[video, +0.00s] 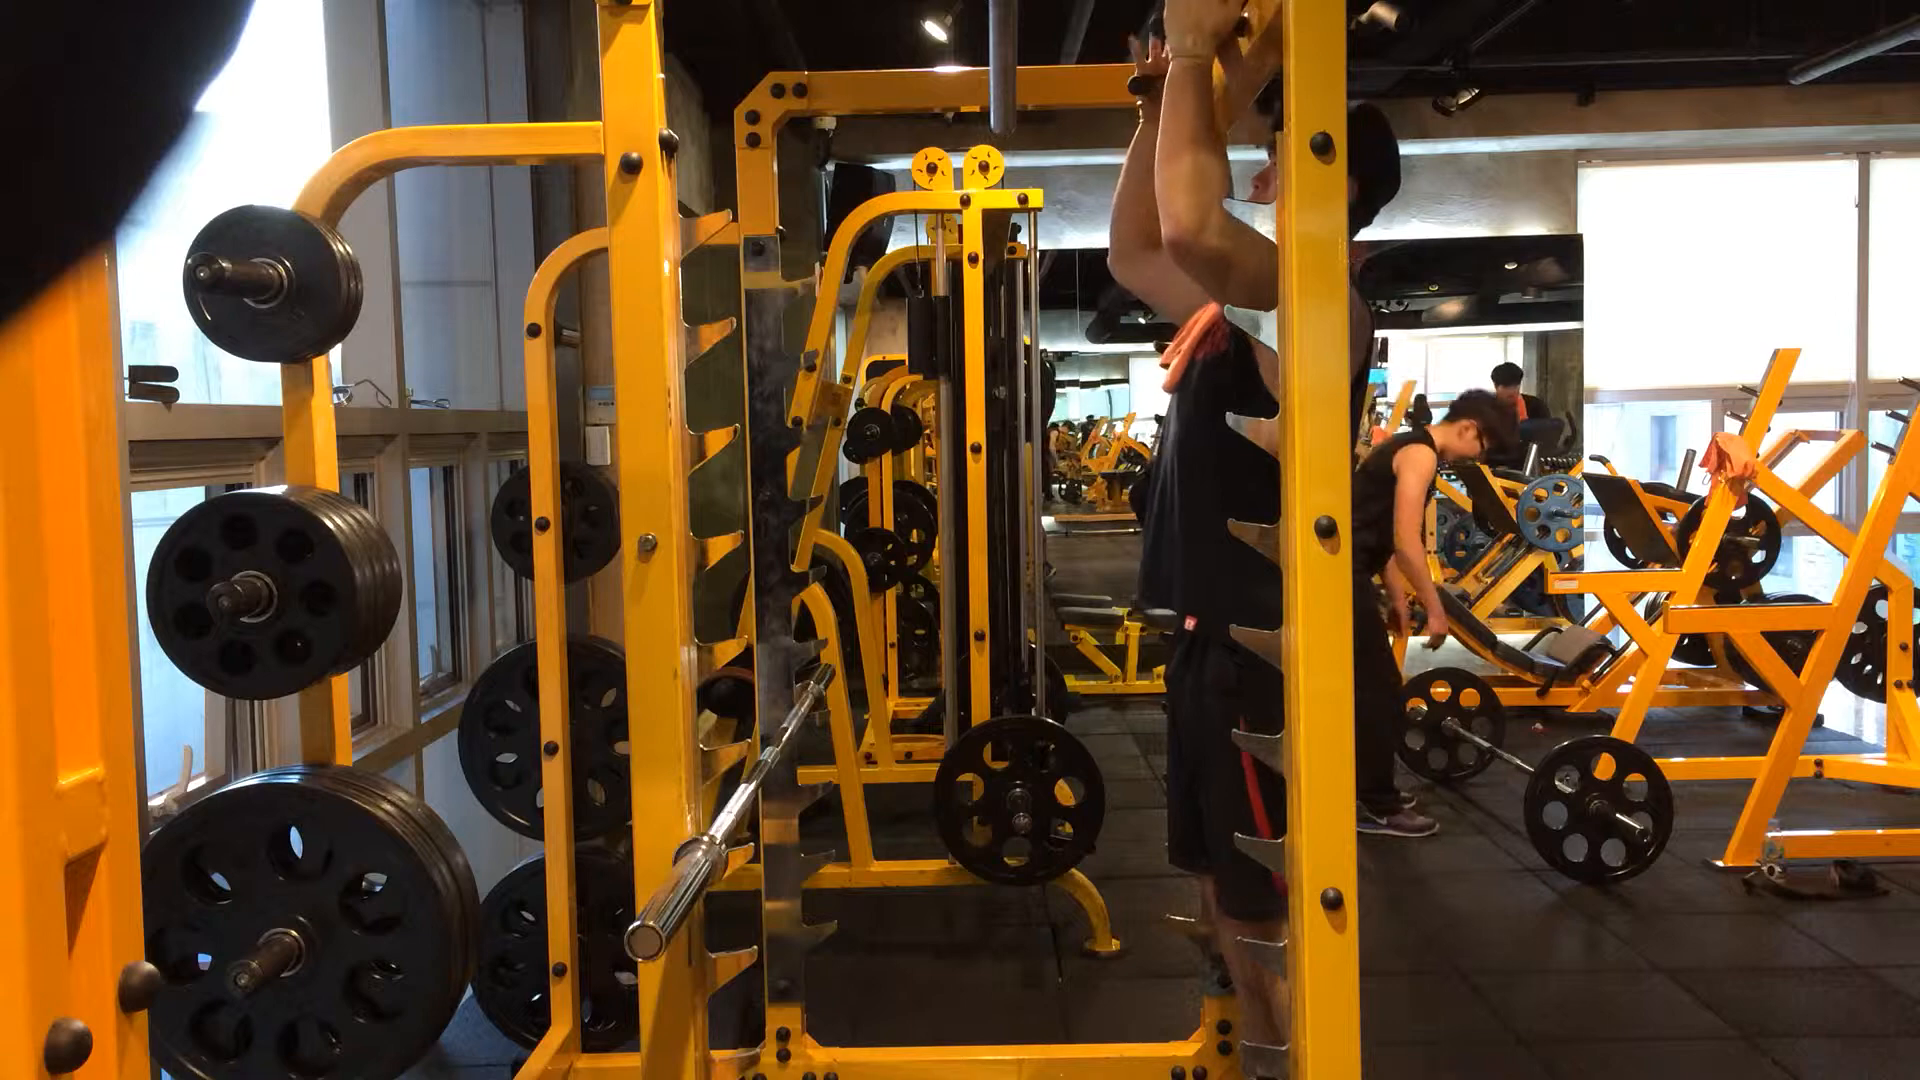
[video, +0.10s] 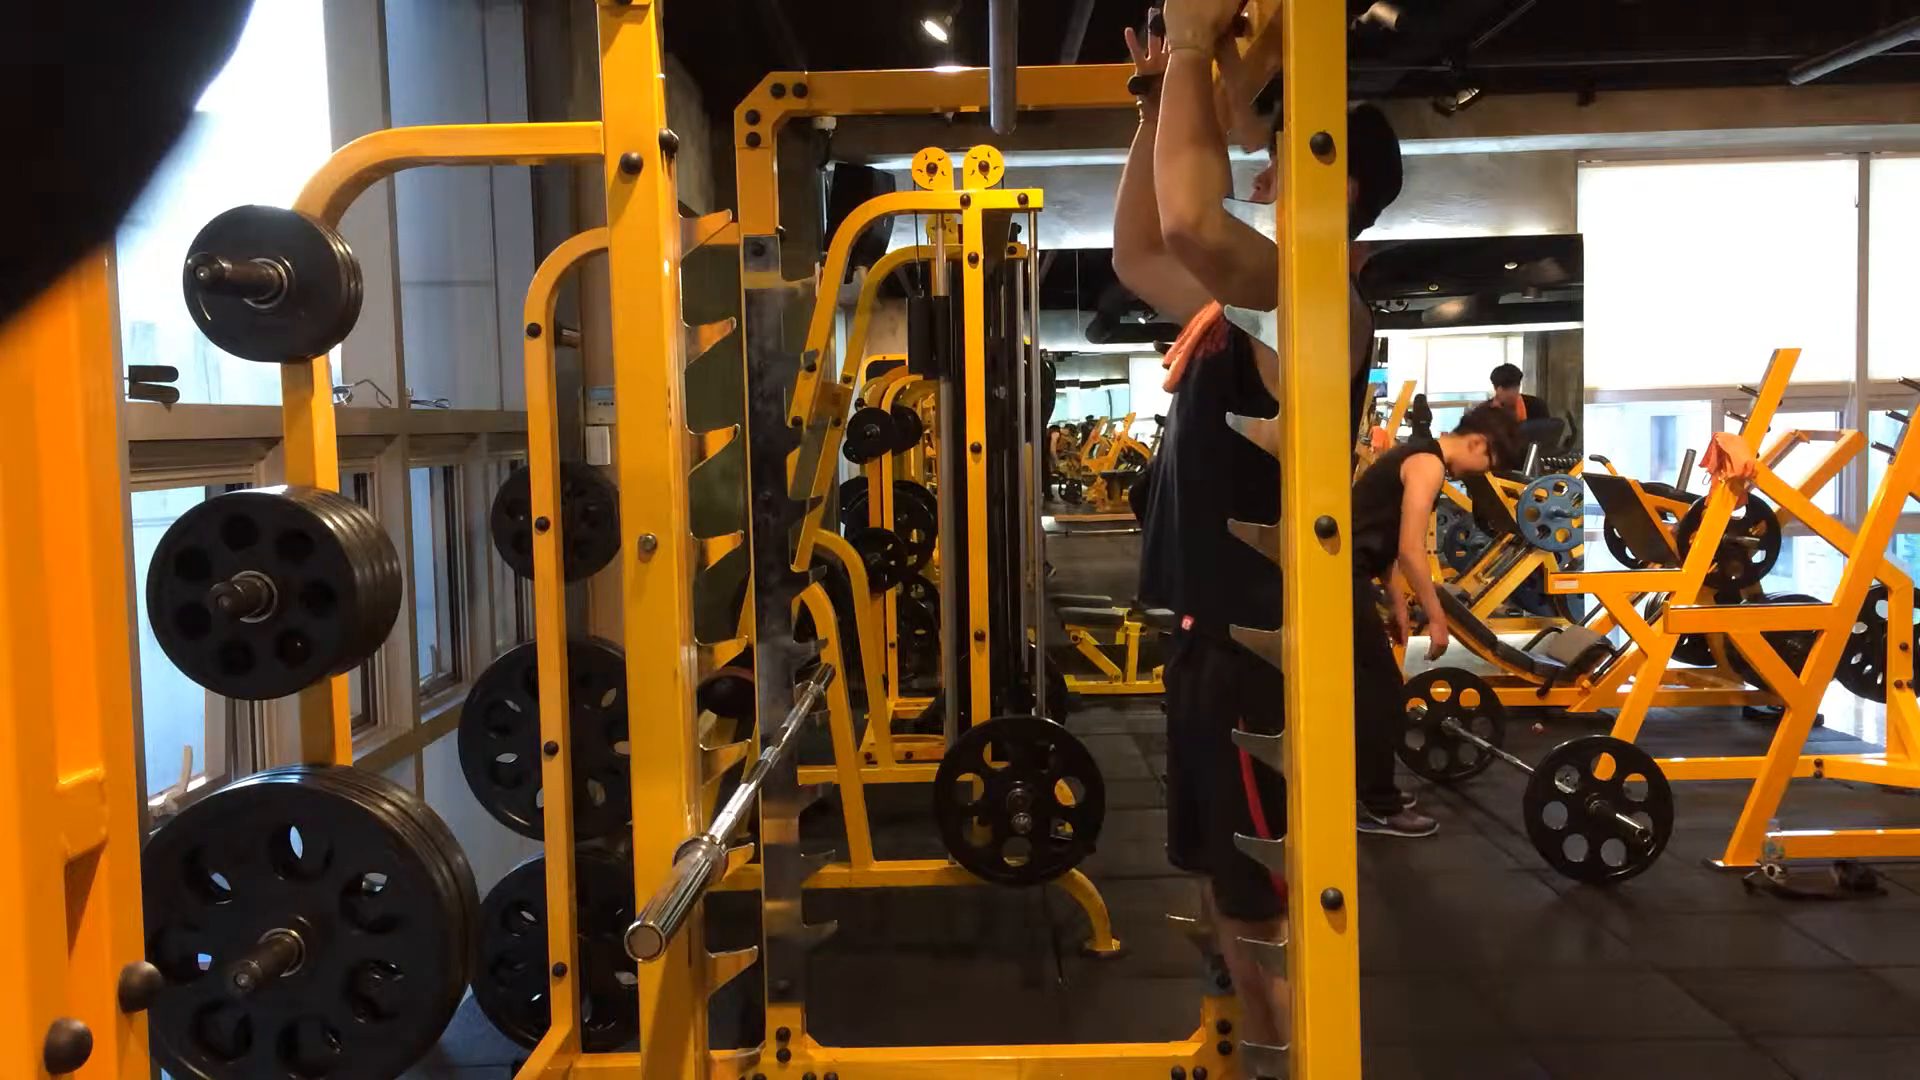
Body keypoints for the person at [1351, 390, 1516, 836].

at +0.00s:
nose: (1475, 458)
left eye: (1481, 452)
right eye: (1481, 447)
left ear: (1459, 425)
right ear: (1467, 426)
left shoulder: (1407, 448)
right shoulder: (1420, 453)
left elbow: (1381, 535)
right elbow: (1406, 540)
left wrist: (1397, 597)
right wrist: (1434, 608)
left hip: (1349, 574)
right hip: (1344, 576)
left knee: (1376, 682)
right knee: (1381, 685)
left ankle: (1375, 785)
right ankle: (1377, 801)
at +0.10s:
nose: (1478, 473)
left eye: (1486, 468)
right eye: (1486, 464)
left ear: (1475, 441)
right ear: (1478, 442)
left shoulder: (1416, 457)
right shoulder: (1426, 464)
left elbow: (1389, 544)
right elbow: (1410, 549)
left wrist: (1397, 606)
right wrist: (1436, 618)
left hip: (1350, 581)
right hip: (1344, 583)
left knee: (1378, 686)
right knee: (1384, 690)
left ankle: (1375, 790)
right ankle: (1377, 802)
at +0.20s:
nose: (1485, 487)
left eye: (1493, 483)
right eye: (1493, 479)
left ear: (1483, 455)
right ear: (1485, 457)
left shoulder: (1425, 464)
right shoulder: (1433, 473)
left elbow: (1395, 554)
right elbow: (1415, 557)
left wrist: (1401, 615)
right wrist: (1436, 626)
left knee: (1379, 686)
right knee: (1383, 688)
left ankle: (1373, 794)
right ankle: (1378, 801)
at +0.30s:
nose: (1489, 501)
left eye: (1498, 498)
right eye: (1497, 494)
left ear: (1489, 467)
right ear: (1491, 470)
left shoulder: (1430, 472)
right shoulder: (1440, 483)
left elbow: (1394, 559)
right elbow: (1419, 567)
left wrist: (1404, 623)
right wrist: (1437, 638)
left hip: (1349, 582)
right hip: (1345, 587)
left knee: (1381, 686)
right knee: (1384, 689)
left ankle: (1374, 794)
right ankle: (1376, 803)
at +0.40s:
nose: (1494, 514)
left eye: (1503, 512)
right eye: (1502, 507)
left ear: (1494, 480)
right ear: (1496, 482)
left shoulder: (1437, 483)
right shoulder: (1444, 494)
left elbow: (1398, 568)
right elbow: (1423, 575)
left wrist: (1406, 632)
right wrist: (1438, 651)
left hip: (1348, 580)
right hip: (1342, 581)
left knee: (1382, 682)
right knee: (1383, 685)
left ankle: (1375, 791)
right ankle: (1375, 802)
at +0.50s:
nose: (1497, 526)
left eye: (1506, 524)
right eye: (1506, 519)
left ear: (1498, 489)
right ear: (1501, 492)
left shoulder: (1438, 491)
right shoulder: (1449, 504)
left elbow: (1402, 575)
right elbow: (1425, 584)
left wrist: (1407, 638)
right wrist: (1440, 661)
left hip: (1344, 584)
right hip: (1340, 586)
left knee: (1386, 682)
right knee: (1385, 685)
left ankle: (1377, 790)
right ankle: (1377, 802)